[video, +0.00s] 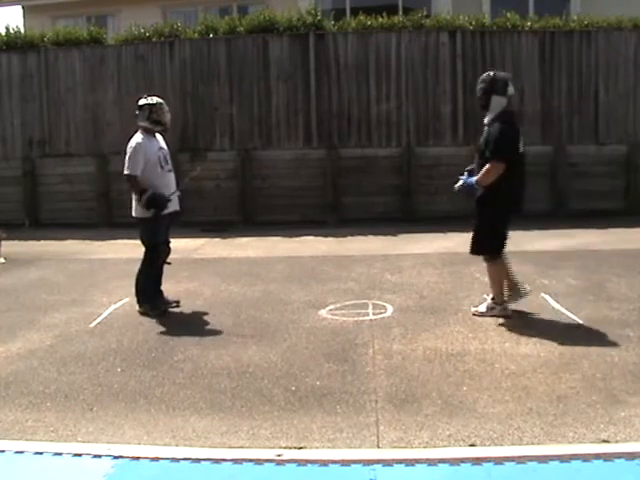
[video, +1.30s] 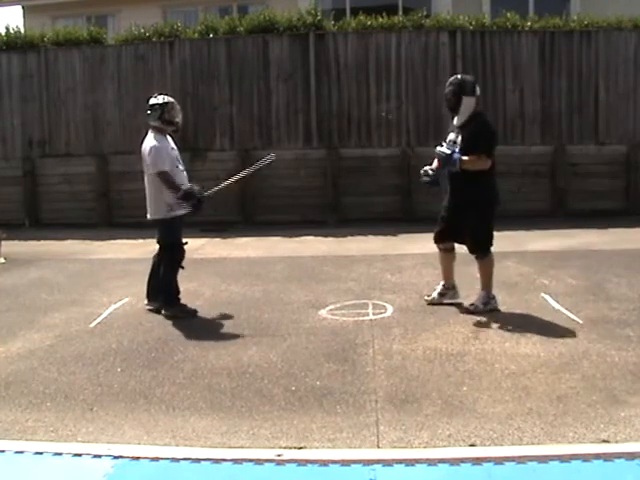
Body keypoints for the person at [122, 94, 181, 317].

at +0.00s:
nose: (163, 116)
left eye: (163, 111)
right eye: (159, 112)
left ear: (158, 115)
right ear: (149, 115)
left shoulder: (157, 138)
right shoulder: (138, 144)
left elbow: (158, 170)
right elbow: (130, 176)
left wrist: (172, 192)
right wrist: (147, 196)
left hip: (165, 208)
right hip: (149, 211)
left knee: (161, 251)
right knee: (154, 252)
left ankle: (155, 295)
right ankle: (146, 300)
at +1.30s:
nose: (176, 117)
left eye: (176, 112)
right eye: (172, 113)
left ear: (157, 116)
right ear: (164, 115)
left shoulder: (164, 139)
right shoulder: (155, 145)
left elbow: (173, 172)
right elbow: (163, 176)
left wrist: (190, 188)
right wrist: (184, 194)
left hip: (170, 207)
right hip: (165, 209)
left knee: (167, 251)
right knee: (173, 253)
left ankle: (155, 296)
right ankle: (170, 301)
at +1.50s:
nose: (175, 118)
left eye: (175, 113)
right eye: (171, 113)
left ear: (153, 116)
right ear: (163, 115)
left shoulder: (159, 139)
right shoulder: (157, 143)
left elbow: (174, 169)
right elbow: (183, 164)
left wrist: (196, 179)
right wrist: (213, 171)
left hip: (171, 207)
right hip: (167, 209)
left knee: (169, 251)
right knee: (174, 253)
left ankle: (158, 297)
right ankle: (170, 302)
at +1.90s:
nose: (177, 120)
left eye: (176, 116)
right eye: (174, 116)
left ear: (154, 116)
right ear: (168, 117)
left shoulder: (150, 138)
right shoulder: (165, 138)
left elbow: (166, 167)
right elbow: (200, 152)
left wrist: (186, 167)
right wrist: (204, 151)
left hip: (159, 206)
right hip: (173, 206)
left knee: (166, 251)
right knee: (181, 251)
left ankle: (160, 299)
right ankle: (177, 301)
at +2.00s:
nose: (177, 119)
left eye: (177, 116)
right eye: (176, 115)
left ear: (156, 115)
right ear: (168, 115)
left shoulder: (151, 138)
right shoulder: (162, 134)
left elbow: (162, 171)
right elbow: (193, 123)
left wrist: (184, 176)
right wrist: (213, 127)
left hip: (162, 206)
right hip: (172, 205)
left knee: (165, 253)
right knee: (186, 252)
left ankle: (159, 299)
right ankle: (190, 302)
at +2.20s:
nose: (184, 118)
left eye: (183, 113)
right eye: (180, 113)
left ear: (161, 113)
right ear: (169, 113)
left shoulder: (161, 135)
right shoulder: (163, 132)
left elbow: (183, 108)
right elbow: (179, 107)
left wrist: (201, 91)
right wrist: (202, 87)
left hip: (171, 202)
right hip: (177, 201)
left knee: (170, 252)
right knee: (190, 251)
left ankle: (160, 298)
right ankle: (192, 302)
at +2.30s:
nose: (181, 118)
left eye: (181, 113)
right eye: (177, 113)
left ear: (163, 114)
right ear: (167, 113)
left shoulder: (163, 135)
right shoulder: (163, 133)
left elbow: (183, 110)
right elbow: (180, 109)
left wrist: (199, 91)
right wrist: (199, 88)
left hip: (172, 202)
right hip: (178, 202)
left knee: (172, 252)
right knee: (192, 252)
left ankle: (162, 298)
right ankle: (193, 302)